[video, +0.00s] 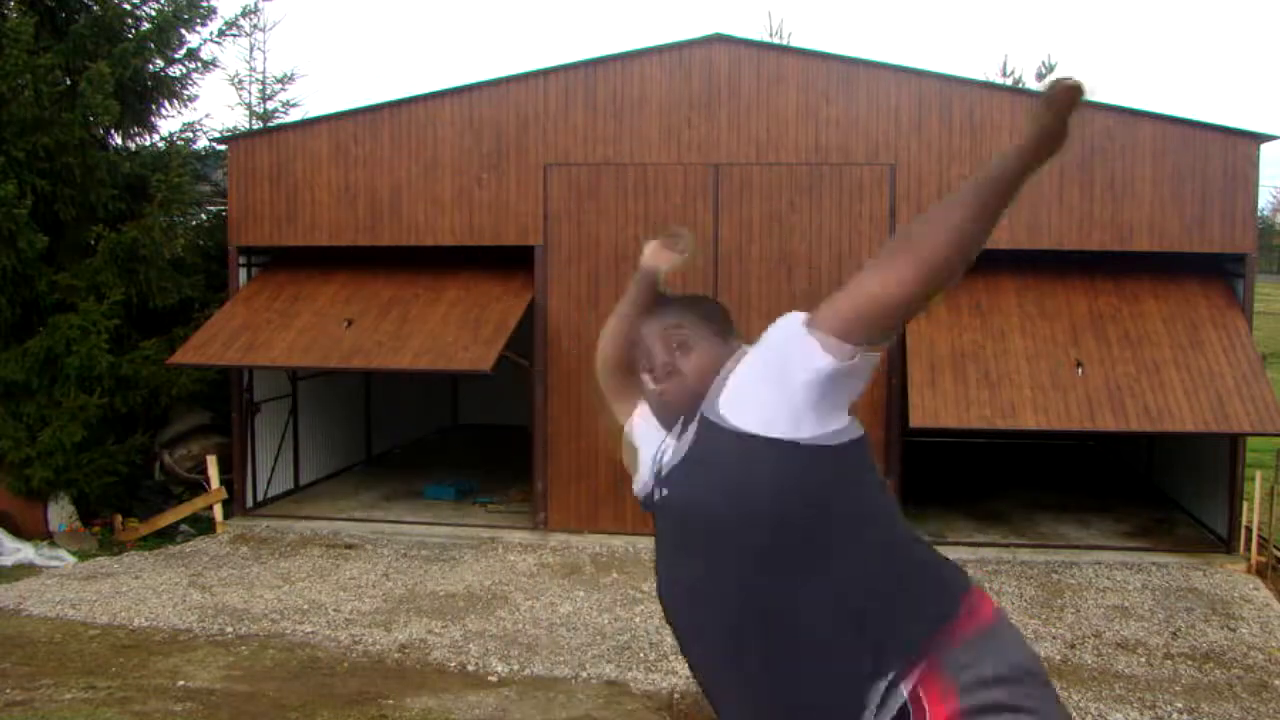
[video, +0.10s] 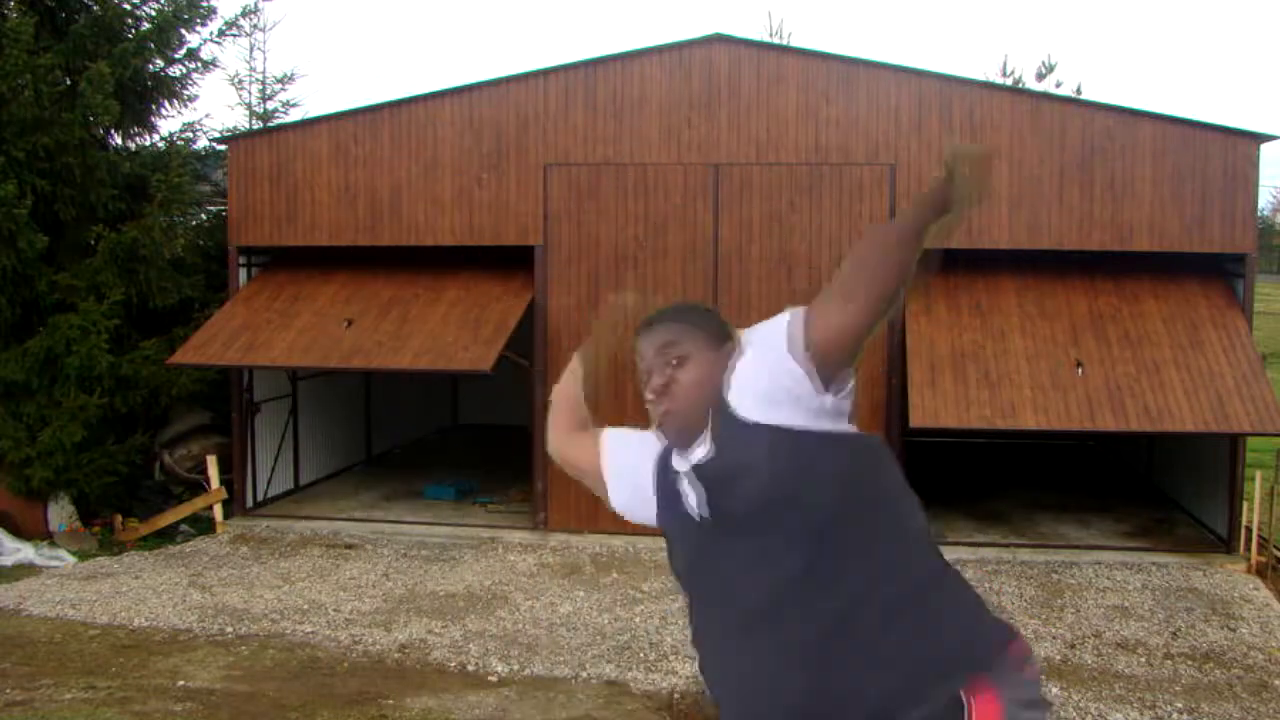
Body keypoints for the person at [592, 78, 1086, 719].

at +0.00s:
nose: (657, 363)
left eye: (677, 341)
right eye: (643, 353)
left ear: (728, 346)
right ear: (638, 371)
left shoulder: (781, 375)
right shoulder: (662, 453)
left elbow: (904, 275)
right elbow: (612, 370)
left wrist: (1032, 147)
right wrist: (642, 279)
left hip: (935, 667)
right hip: (813, 706)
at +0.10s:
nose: (655, 382)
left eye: (673, 359)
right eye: (644, 375)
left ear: (730, 352)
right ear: (639, 394)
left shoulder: (775, 372)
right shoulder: (660, 473)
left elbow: (849, 300)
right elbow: (566, 438)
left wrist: (921, 215)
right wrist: (577, 363)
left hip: (953, 692)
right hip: (800, 713)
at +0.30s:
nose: (615, 417)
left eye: (632, 393)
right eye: (601, 407)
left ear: (683, 381)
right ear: (598, 421)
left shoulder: (742, 394)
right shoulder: (650, 461)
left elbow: (829, 310)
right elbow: (572, 395)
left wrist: (920, 181)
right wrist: (496, 341)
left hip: (898, 700)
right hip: (750, 708)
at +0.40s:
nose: (586, 385)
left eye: (604, 361)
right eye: (571, 376)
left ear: (662, 364)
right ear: (563, 394)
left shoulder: (698, 398)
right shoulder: (618, 461)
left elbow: (845, 315)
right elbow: (555, 364)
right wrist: (541, 267)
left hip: (883, 704)